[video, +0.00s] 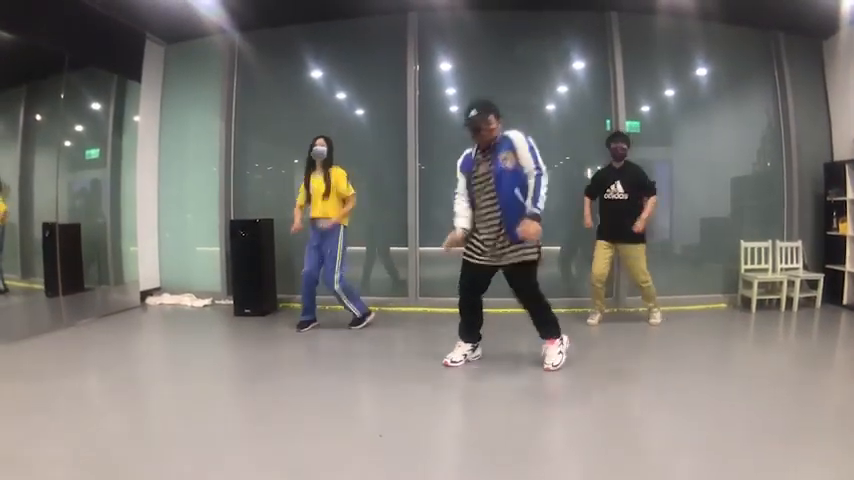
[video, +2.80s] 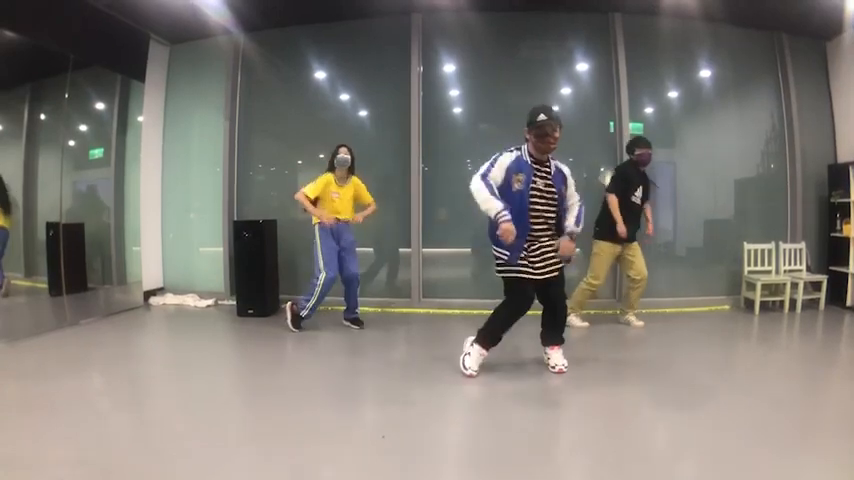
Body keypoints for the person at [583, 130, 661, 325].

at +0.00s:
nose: (618, 149)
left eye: (622, 146)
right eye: (614, 146)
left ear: (628, 149)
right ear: (609, 148)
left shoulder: (635, 172)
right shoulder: (602, 174)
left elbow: (651, 197)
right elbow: (588, 194)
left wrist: (643, 218)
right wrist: (587, 216)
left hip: (631, 235)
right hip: (606, 234)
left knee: (641, 277)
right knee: (597, 276)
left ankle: (653, 308)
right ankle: (597, 310)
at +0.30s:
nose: (639, 144)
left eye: (642, 140)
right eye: (634, 141)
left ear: (645, 142)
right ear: (626, 143)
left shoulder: (642, 169)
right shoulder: (618, 164)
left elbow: (642, 198)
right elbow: (604, 193)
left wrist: (651, 219)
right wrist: (612, 220)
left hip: (635, 228)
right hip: (614, 228)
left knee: (643, 270)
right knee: (603, 271)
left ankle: (640, 309)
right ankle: (586, 306)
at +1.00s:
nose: (609, 151)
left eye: (612, 148)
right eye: (605, 148)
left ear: (619, 148)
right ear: (600, 149)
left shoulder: (626, 171)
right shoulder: (597, 173)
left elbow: (646, 194)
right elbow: (589, 194)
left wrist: (637, 216)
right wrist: (583, 213)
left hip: (629, 234)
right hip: (604, 234)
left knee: (642, 275)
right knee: (596, 274)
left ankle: (656, 306)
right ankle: (597, 309)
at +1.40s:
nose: (635, 139)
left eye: (637, 135)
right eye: (630, 136)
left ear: (641, 138)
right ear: (621, 139)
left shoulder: (641, 167)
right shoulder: (613, 163)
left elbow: (641, 195)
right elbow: (601, 192)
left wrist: (648, 219)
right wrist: (606, 222)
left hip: (634, 227)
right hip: (612, 226)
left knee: (638, 270)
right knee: (602, 271)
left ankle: (633, 307)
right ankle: (589, 307)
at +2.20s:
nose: (606, 150)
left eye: (609, 146)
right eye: (602, 146)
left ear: (615, 149)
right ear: (596, 149)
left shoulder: (623, 171)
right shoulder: (589, 173)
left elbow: (641, 193)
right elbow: (578, 195)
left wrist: (628, 217)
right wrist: (580, 218)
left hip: (621, 234)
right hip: (596, 234)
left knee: (632, 276)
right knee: (590, 276)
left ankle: (649, 308)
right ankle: (589, 311)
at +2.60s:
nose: (632, 146)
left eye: (635, 142)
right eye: (628, 142)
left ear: (638, 143)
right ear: (618, 142)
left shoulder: (630, 165)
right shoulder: (607, 163)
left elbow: (628, 194)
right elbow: (587, 186)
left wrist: (639, 212)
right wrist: (593, 211)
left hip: (626, 228)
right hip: (603, 228)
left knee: (632, 272)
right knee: (597, 272)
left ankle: (628, 310)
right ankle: (584, 309)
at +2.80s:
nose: (646, 157)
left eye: (648, 153)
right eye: (642, 154)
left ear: (650, 154)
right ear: (633, 154)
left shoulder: (643, 178)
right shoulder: (623, 171)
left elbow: (645, 202)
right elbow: (611, 195)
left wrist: (649, 222)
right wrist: (619, 222)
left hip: (628, 238)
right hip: (607, 237)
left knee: (639, 276)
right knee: (594, 280)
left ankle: (627, 313)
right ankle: (571, 311)